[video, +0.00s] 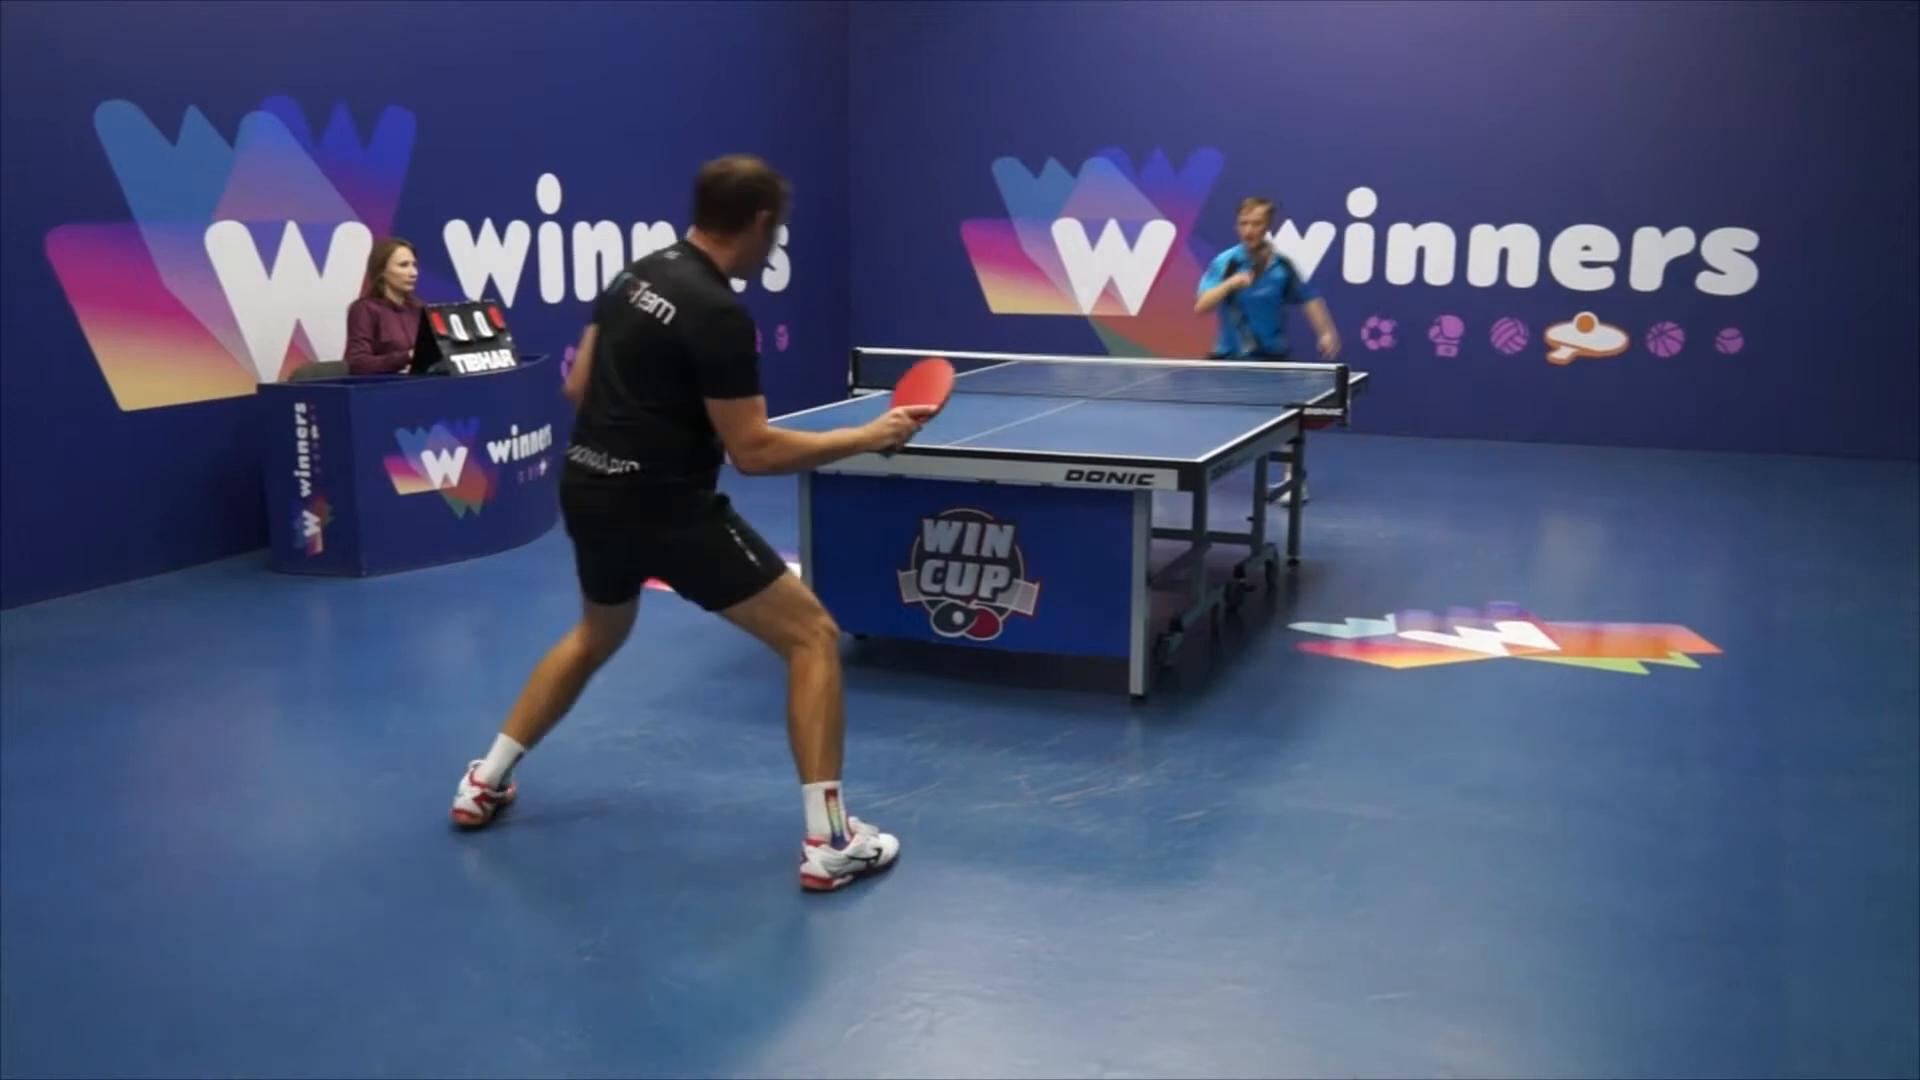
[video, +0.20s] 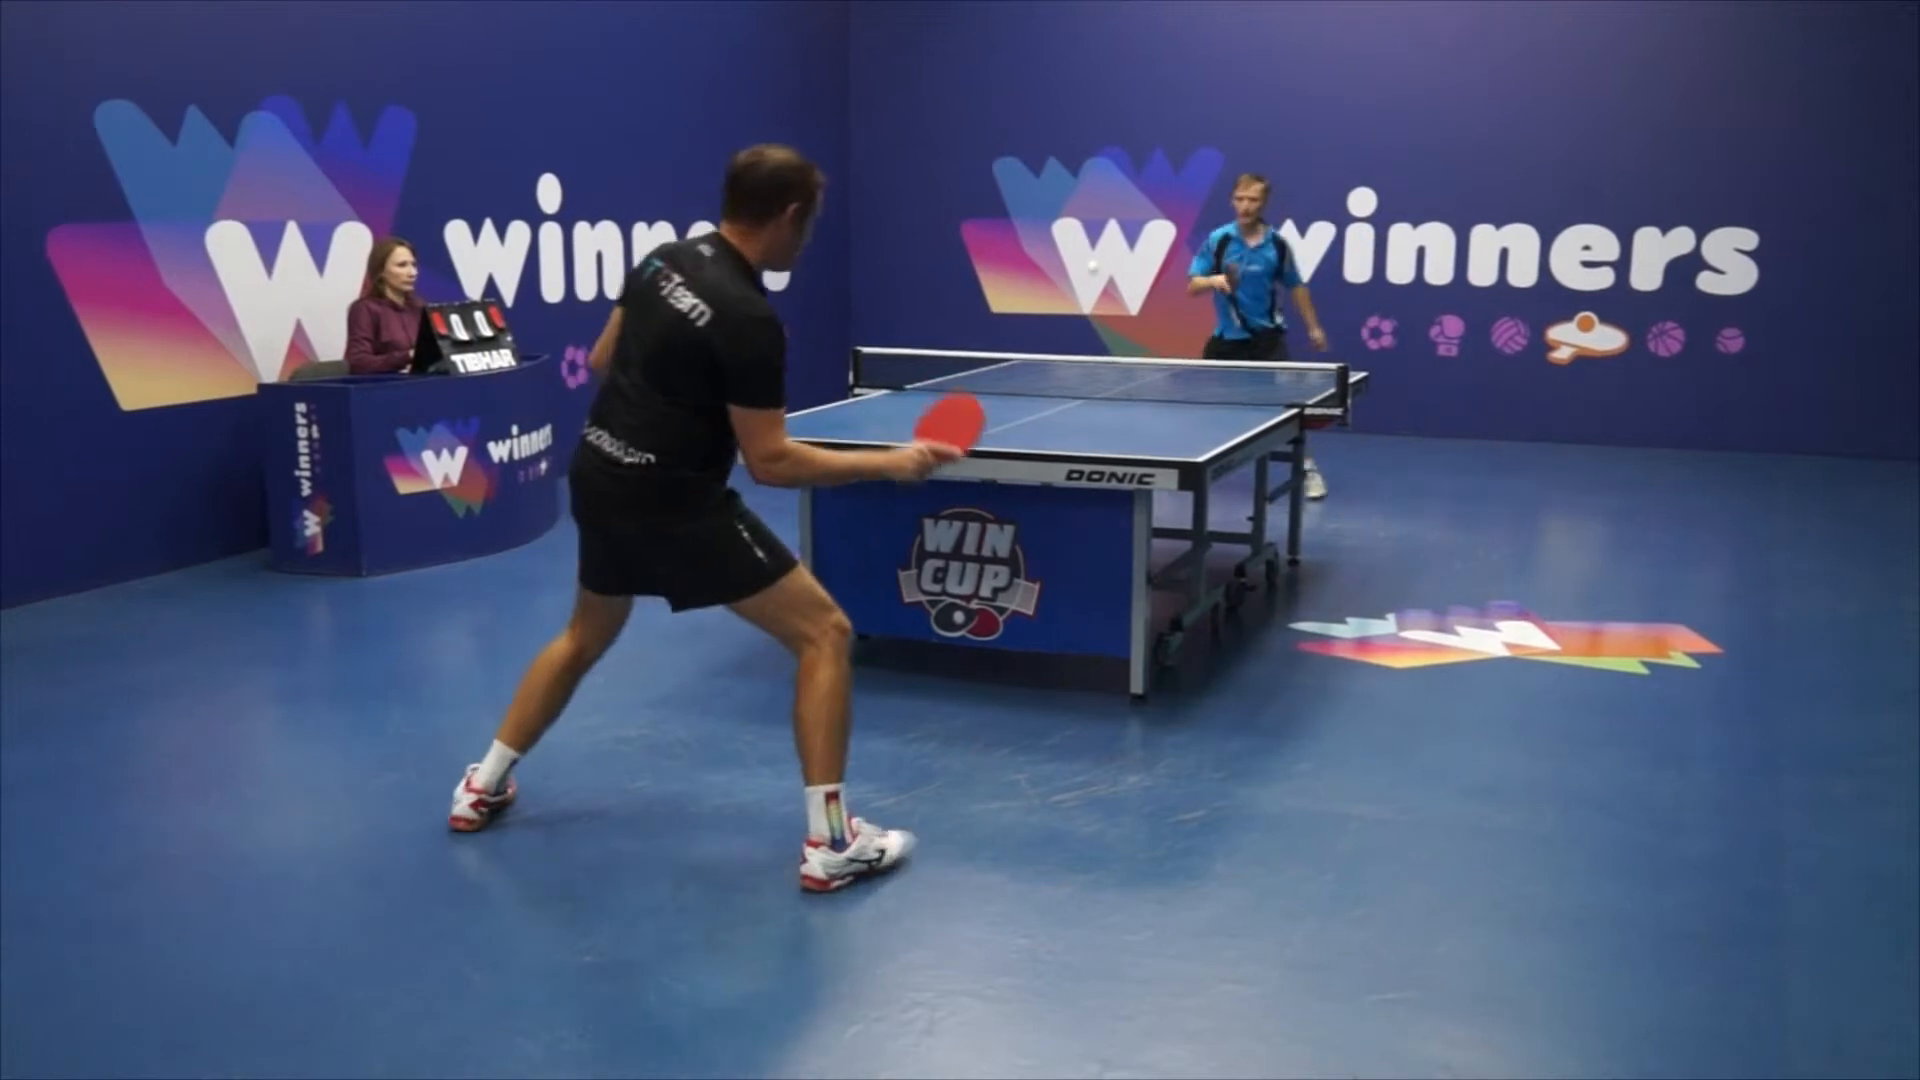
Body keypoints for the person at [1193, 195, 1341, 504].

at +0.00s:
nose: (1250, 231)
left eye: (1257, 224)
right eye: (1245, 224)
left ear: (1268, 228)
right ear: (1237, 226)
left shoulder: (1281, 266)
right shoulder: (1226, 262)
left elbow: (1308, 299)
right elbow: (1201, 304)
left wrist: (1326, 331)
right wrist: (1231, 283)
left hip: (1273, 357)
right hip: (1231, 357)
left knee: (1284, 418)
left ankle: (1293, 478)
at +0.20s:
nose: (1246, 206)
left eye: (1253, 200)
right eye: (1241, 199)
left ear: (1264, 205)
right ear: (1233, 201)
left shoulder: (1277, 244)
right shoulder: (1218, 240)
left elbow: (1297, 287)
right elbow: (1193, 285)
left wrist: (1313, 326)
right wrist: (1214, 281)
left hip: (1267, 339)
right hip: (1226, 339)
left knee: (1285, 402)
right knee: (1199, 398)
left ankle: (1306, 467)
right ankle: (1187, 467)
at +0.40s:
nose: (1270, 206)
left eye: (1277, 200)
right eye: (1265, 199)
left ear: (1289, 205)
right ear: (1257, 202)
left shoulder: (1301, 249)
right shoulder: (1244, 239)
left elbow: (1326, 290)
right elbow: (1223, 277)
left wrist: (1350, 329)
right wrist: (1217, 288)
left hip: (1281, 345)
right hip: (1239, 343)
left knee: (1309, 402)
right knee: (1211, 399)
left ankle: (1316, 469)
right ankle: (1198, 466)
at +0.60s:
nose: (1288, 192)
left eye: (1295, 186)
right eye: (1283, 185)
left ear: (1305, 190)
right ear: (1273, 188)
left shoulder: (1319, 232)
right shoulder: (1255, 229)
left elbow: (1325, 275)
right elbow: (1245, 268)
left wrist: (1314, 304)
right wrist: (1236, 283)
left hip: (1300, 329)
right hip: (1258, 329)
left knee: (1314, 397)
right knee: (1245, 393)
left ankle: (1317, 467)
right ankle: (1225, 462)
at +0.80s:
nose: (1279, 188)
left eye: (1286, 183)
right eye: (1273, 182)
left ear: (1297, 187)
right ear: (1265, 185)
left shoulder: (1314, 226)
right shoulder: (1253, 226)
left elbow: (1324, 272)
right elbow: (1236, 261)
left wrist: (1300, 294)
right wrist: (1227, 272)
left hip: (1307, 328)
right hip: (1264, 327)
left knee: (1323, 395)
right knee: (1242, 389)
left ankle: (1329, 464)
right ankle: (1229, 458)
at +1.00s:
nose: (1241, 217)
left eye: (1248, 210)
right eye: (1236, 210)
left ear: (1262, 210)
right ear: (1231, 213)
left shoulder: (1276, 241)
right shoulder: (1242, 249)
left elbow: (1277, 290)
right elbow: (1249, 296)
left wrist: (1230, 314)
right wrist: (1222, 328)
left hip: (1298, 341)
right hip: (1260, 339)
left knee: (1330, 408)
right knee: (1224, 394)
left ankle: (1366, 468)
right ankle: (1205, 465)